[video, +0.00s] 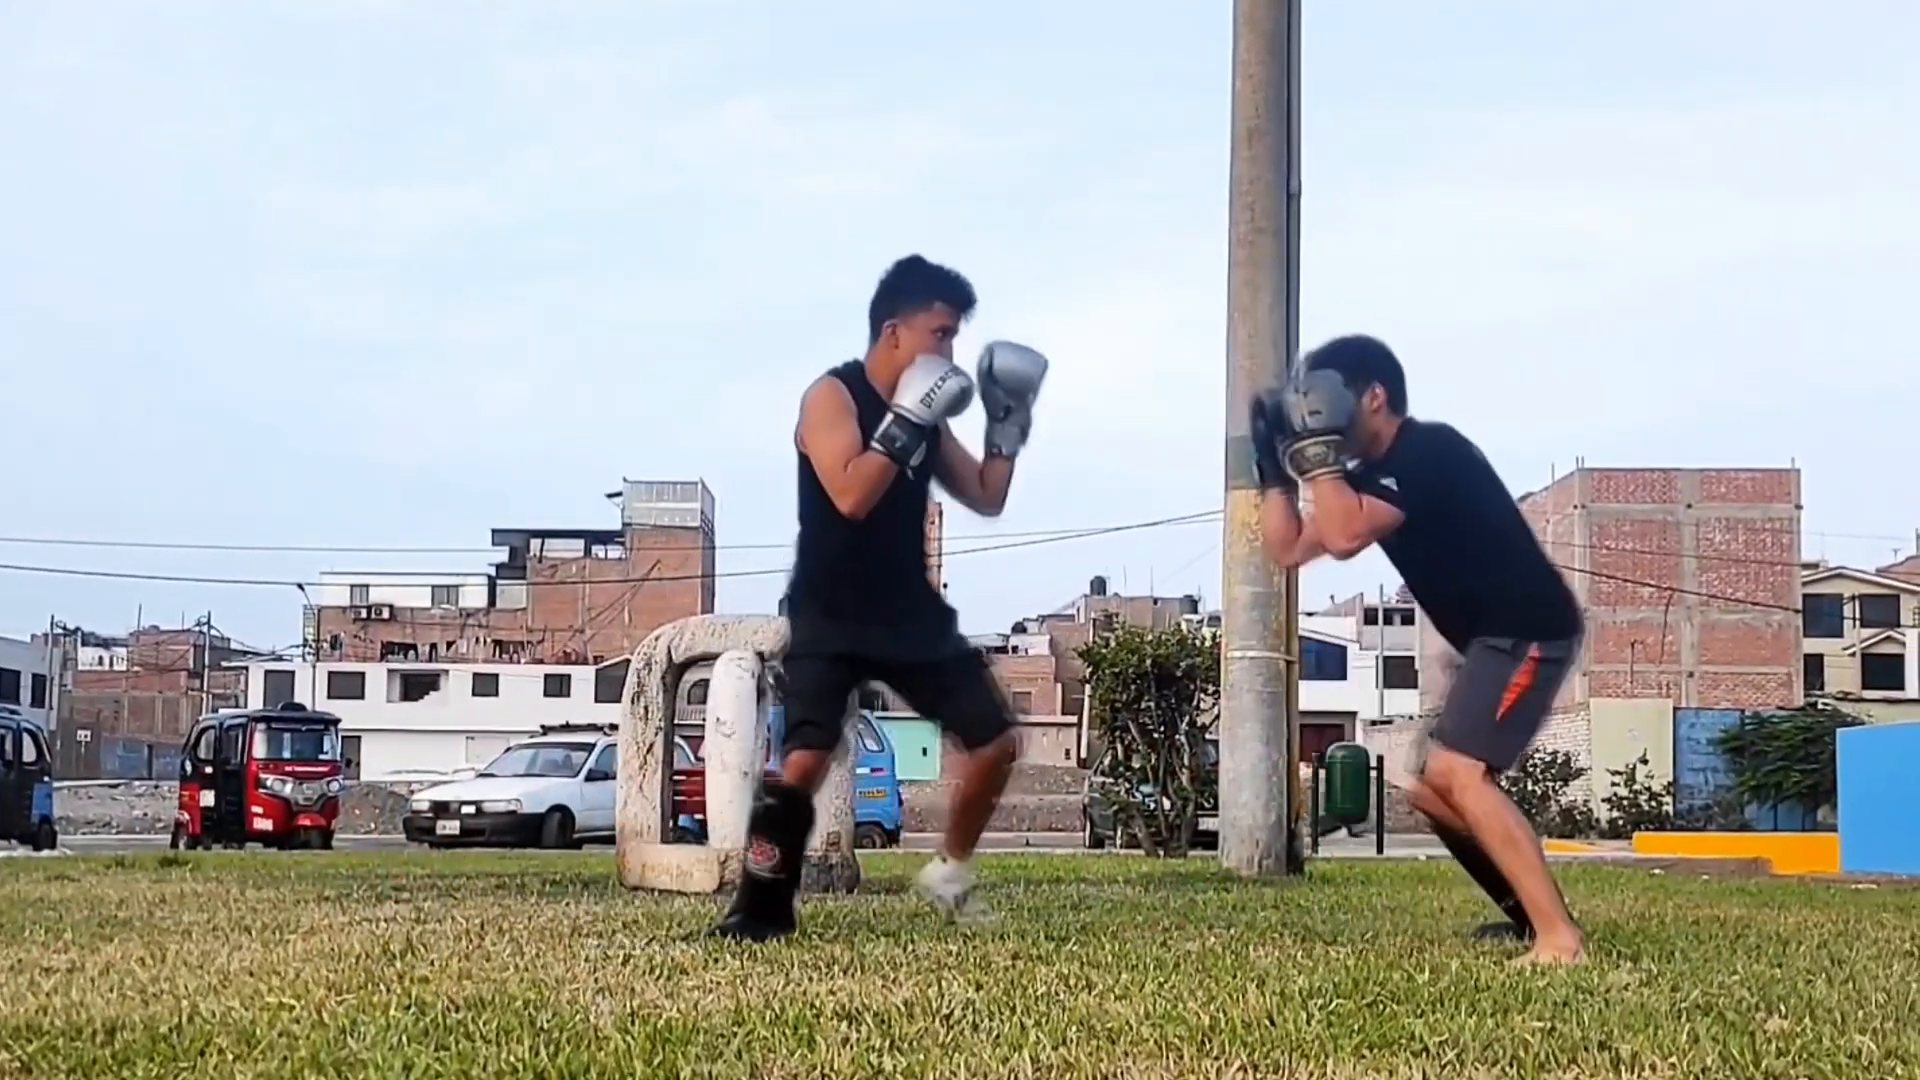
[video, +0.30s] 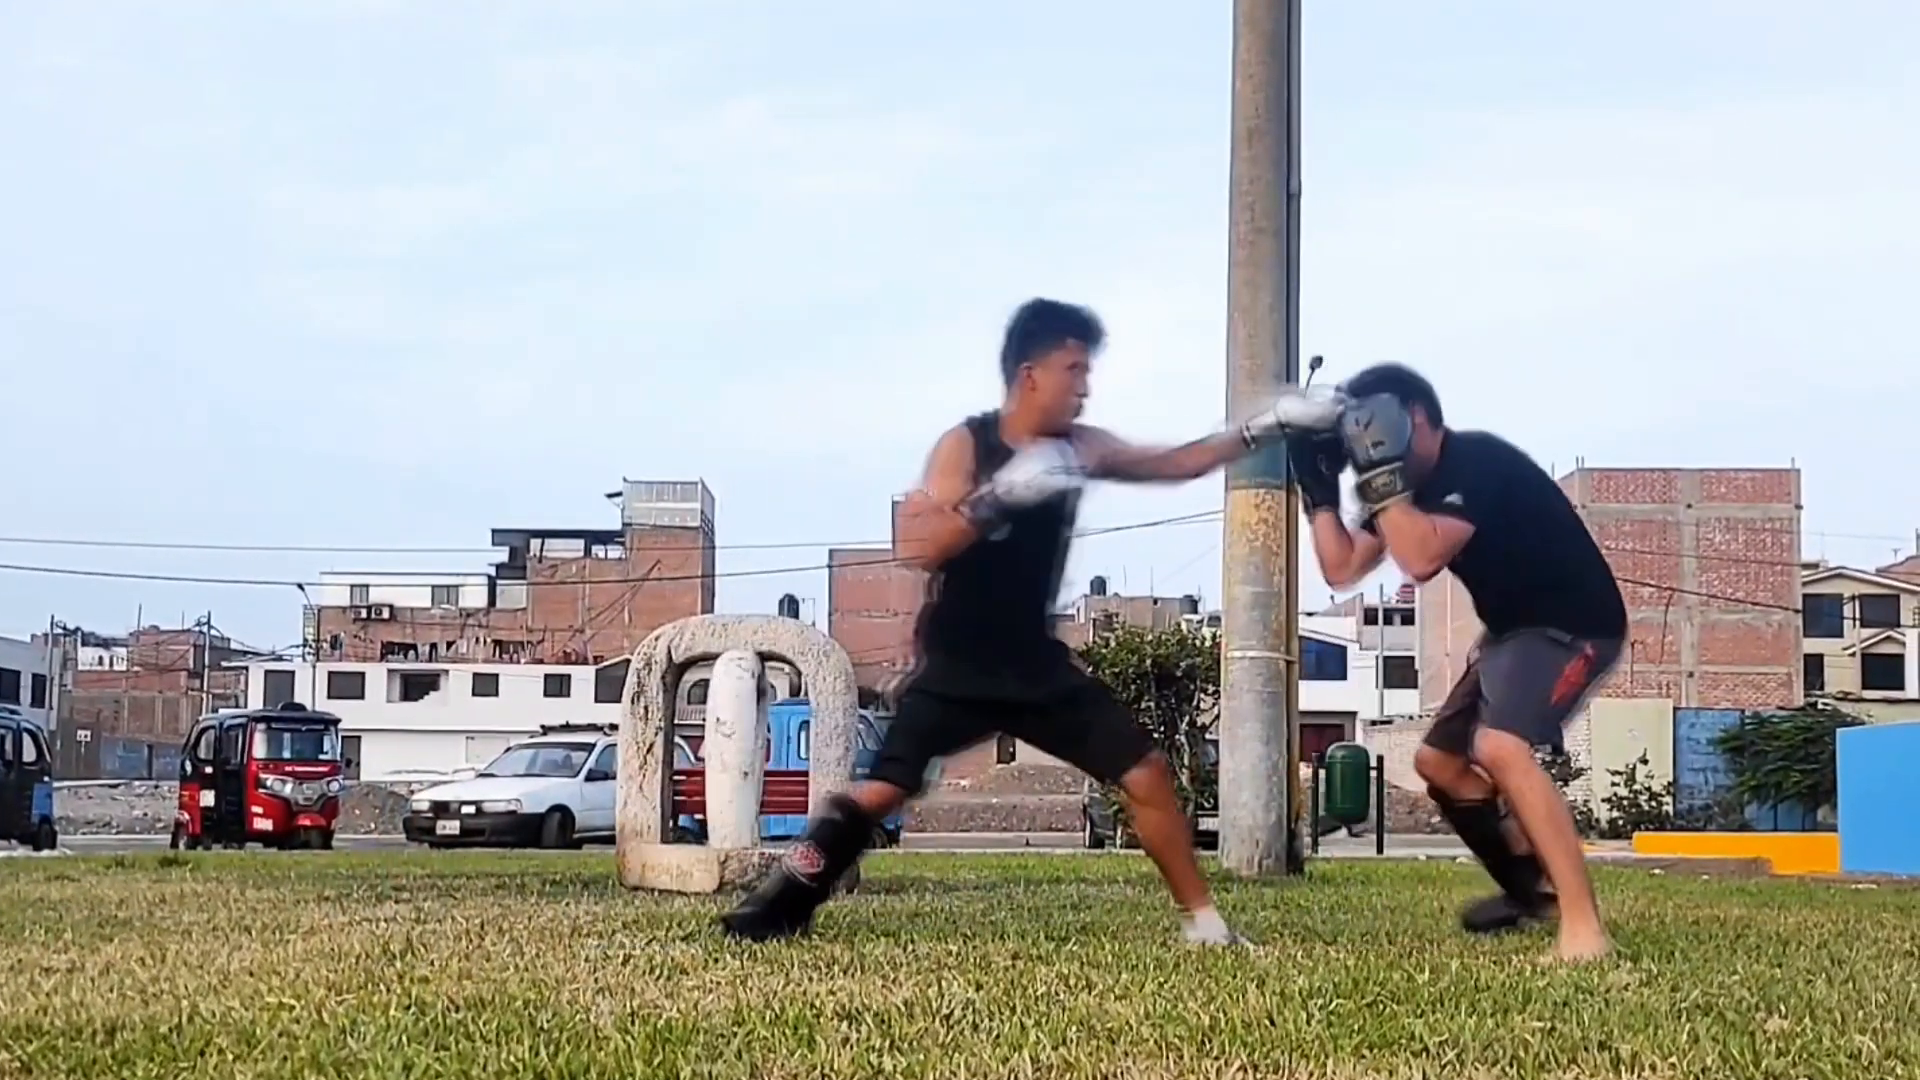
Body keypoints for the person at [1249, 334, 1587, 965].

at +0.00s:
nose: (1327, 422)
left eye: (1337, 405)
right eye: (1320, 410)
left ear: (1378, 397)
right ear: (1365, 404)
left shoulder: (1429, 448)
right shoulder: (1372, 475)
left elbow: (1343, 536)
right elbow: (1287, 552)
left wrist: (1314, 452)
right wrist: (1271, 468)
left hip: (1530, 631)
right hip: (1490, 638)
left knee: (1456, 772)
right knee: (1428, 790)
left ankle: (1559, 939)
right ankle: (1532, 918)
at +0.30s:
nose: (1376, 446)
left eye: (1382, 430)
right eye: (1367, 436)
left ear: (1418, 417)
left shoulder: (1477, 460)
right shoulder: (1416, 489)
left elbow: (1420, 557)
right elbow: (1341, 569)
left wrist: (1377, 469)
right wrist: (1316, 482)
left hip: (1573, 624)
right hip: (1510, 630)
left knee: (1501, 745)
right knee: (1439, 760)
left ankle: (1584, 931)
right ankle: (1530, 893)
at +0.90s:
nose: (1372, 480)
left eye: (1375, 464)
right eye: (1364, 472)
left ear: (1403, 453)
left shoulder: (1472, 471)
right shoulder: (1436, 528)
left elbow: (1462, 562)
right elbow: (1426, 631)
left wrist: (1407, 505)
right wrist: (1361, 596)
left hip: (1563, 628)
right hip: (1508, 640)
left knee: (1515, 743)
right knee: (1444, 769)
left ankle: (1604, 900)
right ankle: (1489, 913)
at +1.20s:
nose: (1424, 385)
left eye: (1435, 370)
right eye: (1415, 378)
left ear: (1475, 371)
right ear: (1412, 389)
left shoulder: (1521, 438)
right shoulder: (1434, 462)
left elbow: (1499, 520)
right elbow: (1411, 550)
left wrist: (1467, 437)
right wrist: (1373, 492)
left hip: (1521, 641)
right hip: (1454, 637)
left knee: (1531, 775)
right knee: (1386, 743)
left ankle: (1577, 917)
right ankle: (1442, 870)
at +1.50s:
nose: (1379, 410)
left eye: (1392, 397)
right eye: (1372, 400)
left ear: (1427, 401)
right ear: (1368, 409)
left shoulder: (1473, 462)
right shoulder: (1372, 471)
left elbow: (1473, 548)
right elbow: (1302, 524)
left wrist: (1446, 467)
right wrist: (1316, 444)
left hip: (1473, 652)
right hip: (1401, 651)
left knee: (1502, 764)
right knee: (1339, 759)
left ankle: (1564, 908)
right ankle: (1362, 889)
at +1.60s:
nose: (1345, 462)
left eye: (1356, 448)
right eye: (1337, 453)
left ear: (1390, 450)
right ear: (1331, 464)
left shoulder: (1443, 496)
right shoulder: (1346, 513)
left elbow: (1430, 574)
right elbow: (1279, 565)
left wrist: (1399, 498)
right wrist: (1291, 483)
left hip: (1467, 663)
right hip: (1395, 666)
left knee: (1490, 764)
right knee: (1319, 773)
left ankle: (1563, 898)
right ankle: (1293, 897)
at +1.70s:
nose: (1328, 539)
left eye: (1338, 524)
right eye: (1319, 528)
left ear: (1369, 522)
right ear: (1312, 532)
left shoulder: (1429, 560)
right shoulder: (1335, 576)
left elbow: (1410, 640)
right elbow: (1276, 634)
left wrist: (1378, 563)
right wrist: (1277, 564)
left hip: (1465, 695)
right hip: (1391, 698)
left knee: (1476, 781)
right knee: (1300, 785)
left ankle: (1546, 907)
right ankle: (1286, 907)